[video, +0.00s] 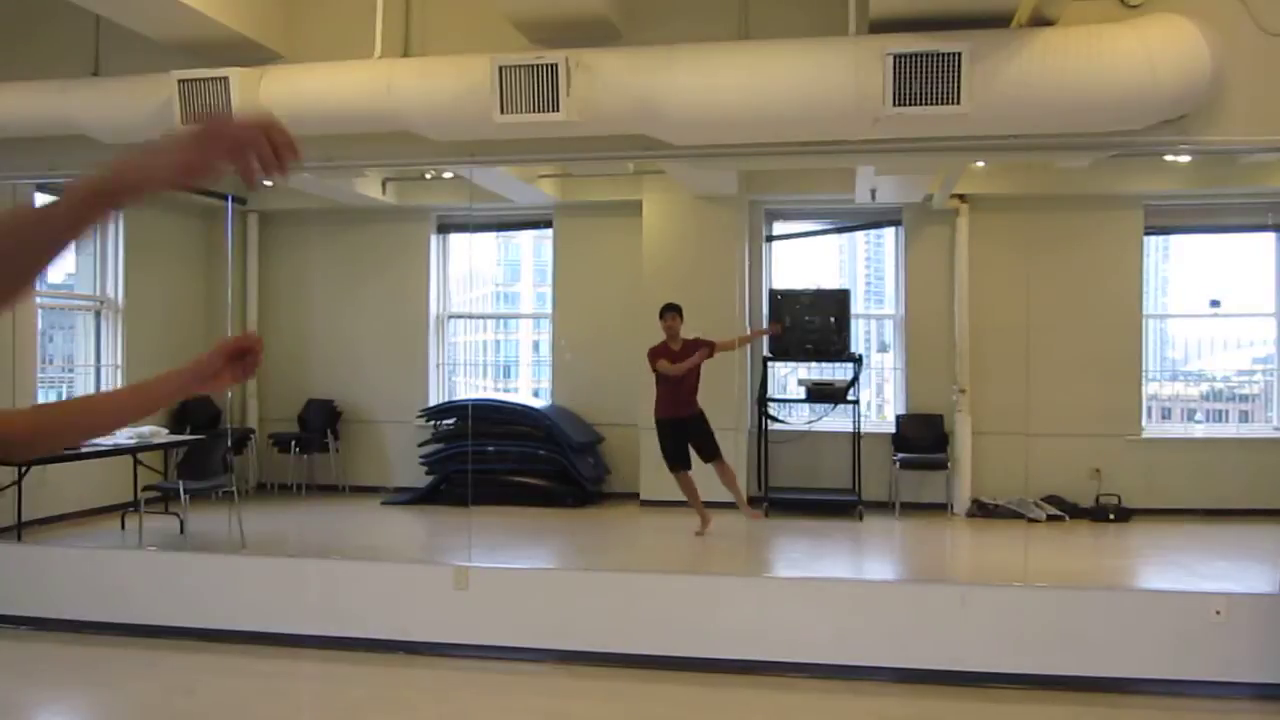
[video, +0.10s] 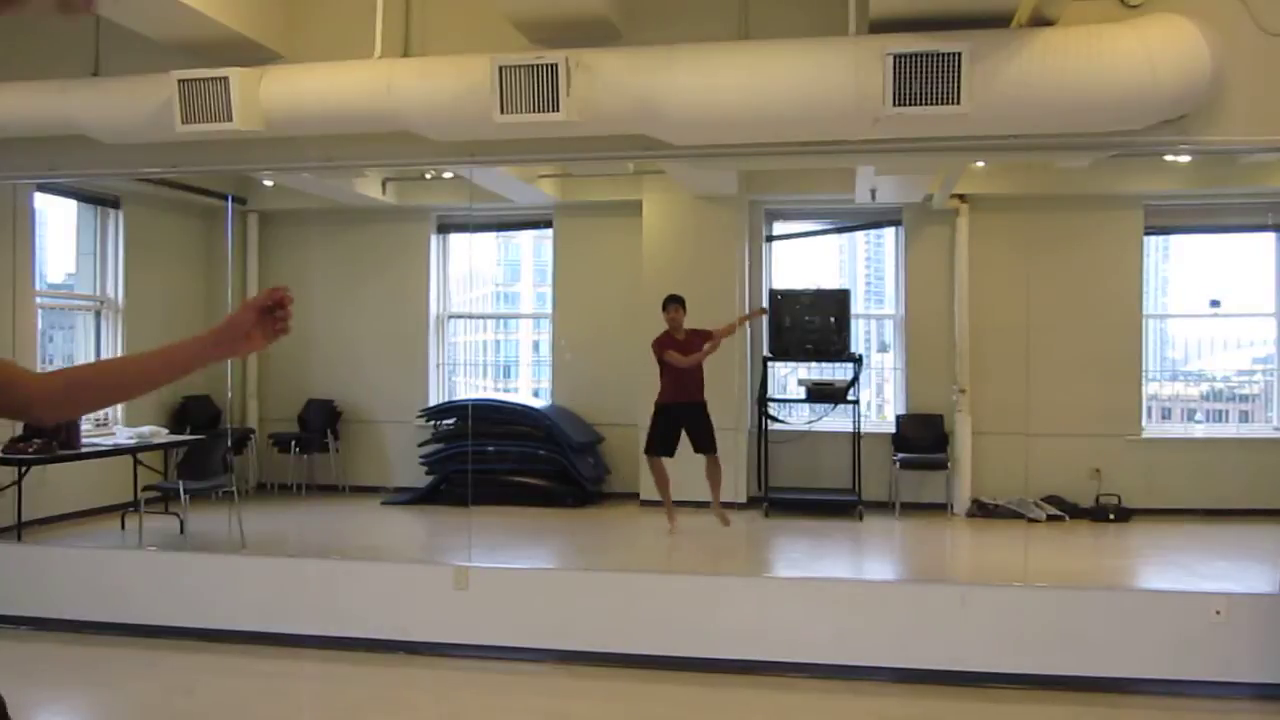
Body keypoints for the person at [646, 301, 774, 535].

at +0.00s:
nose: (670, 323)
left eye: (674, 319)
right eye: (666, 319)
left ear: (681, 322)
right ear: (660, 323)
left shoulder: (696, 346)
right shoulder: (655, 353)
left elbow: (732, 344)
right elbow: (672, 371)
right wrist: (696, 359)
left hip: (692, 415)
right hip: (667, 420)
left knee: (718, 461)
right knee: (680, 473)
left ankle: (743, 505)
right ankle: (703, 516)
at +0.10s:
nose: (673, 315)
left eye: (677, 311)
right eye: (669, 311)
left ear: (685, 313)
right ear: (663, 315)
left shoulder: (699, 336)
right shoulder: (660, 343)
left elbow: (726, 330)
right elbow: (682, 362)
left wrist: (749, 317)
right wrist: (708, 350)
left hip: (695, 405)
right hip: (667, 407)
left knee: (711, 455)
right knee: (652, 455)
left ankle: (716, 505)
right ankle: (669, 509)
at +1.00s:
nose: (636, 324)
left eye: (642, 320)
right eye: (633, 320)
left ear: (651, 325)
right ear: (628, 324)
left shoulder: (661, 350)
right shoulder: (622, 356)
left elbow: (697, 338)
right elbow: (591, 357)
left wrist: (722, 317)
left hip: (648, 422)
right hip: (623, 422)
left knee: (659, 481)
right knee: (623, 479)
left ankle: (671, 526)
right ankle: (620, 532)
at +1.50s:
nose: (671, 335)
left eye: (670, 331)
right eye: (669, 331)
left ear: (645, 332)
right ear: (663, 332)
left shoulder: (627, 359)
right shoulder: (671, 357)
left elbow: (593, 363)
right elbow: (701, 344)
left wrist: (565, 363)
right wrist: (705, 328)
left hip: (636, 434)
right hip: (666, 434)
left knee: (647, 491)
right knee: (679, 489)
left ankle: (656, 542)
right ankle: (701, 529)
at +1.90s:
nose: (664, 328)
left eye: (667, 324)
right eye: (659, 324)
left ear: (669, 325)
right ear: (647, 325)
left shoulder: (659, 345)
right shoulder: (644, 360)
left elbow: (656, 309)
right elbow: (638, 402)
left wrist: (650, 272)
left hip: (670, 418)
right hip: (655, 419)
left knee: (679, 484)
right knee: (665, 463)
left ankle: (660, 545)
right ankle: (673, 508)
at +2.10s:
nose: (649, 316)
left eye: (653, 311)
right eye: (644, 312)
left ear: (658, 314)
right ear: (635, 315)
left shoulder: (668, 337)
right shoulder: (625, 345)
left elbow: (698, 301)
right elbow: (586, 355)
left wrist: (722, 260)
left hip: (668, 418)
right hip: (643, 419)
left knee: (665, 484)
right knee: (634, 483)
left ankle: (662, 542)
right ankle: (620, 547)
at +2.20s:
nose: (639, 317)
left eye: (644, 312)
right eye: (634, 312)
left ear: (652, 315)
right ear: (627, 316)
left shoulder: (665, 343)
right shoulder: (615, 345)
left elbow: (705, 327)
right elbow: (581, 329)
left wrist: (747, 305)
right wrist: (556, 312)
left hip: (659, 422)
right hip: (629, 423)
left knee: (662, 484)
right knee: (620, 489)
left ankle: (664, 539)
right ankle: (609, 550)